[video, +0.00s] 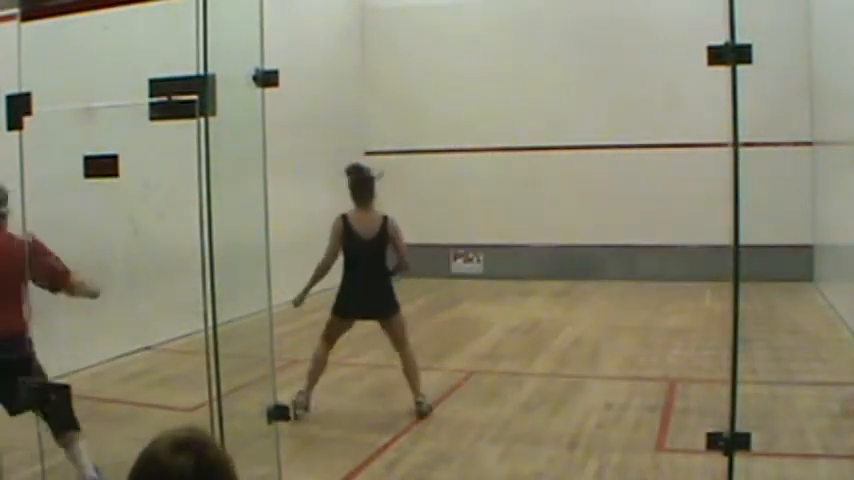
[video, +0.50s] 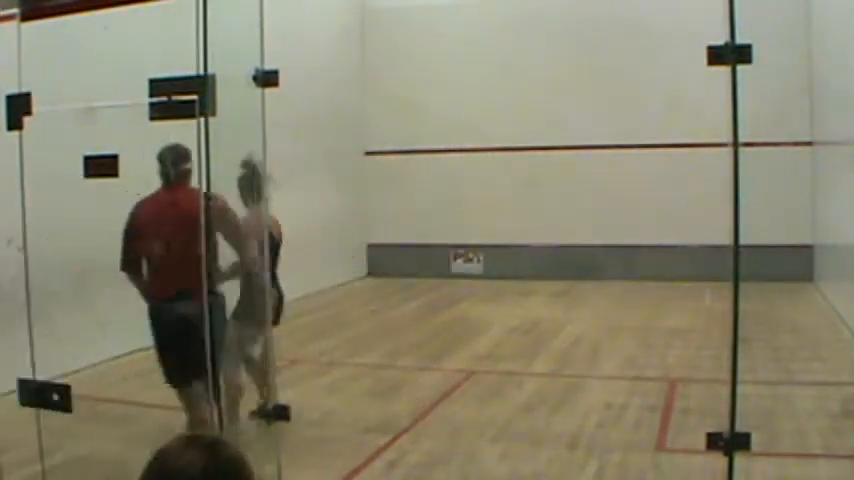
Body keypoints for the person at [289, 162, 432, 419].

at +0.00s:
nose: (365, 195)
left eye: (356, 191)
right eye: (369, 190)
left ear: (351, 194)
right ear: (373, 192)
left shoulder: (343, 223)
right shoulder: (388, 223)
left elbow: (328, 262)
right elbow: (404, 262)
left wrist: (305, 291)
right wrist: (388, 272)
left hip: (350, 296)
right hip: (381, 295)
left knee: (326, 342)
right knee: (403, 347)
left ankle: (305, 395)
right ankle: (419, 398)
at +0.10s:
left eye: (334, 190)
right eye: (347, 189)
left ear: (331, 193)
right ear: (354, 191)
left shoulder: (322, 223)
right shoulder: (366, 224)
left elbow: (308, 263)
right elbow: (381, 263)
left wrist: (295, 290)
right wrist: (363, 274)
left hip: (328, 298)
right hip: (358, 296)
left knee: (309, 349)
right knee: (388, 350)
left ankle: (302, 403)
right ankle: (418, 399)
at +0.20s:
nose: (312, 184)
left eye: (309, 180)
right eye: (320, 180)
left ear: (307, 183)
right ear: (330, 182)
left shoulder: (301, 210)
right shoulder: (342, 214)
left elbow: (290, 249)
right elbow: (357, 254)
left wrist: (278, 274)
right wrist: (335, 263)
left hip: (303, 287)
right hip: (332, 285)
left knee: (289, 345)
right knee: (353, 343)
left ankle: (297, 402)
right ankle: (382, 397)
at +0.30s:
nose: (285, 174)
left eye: (284, 170)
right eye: (291, 170)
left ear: (283, 173)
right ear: (306, 171)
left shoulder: (282, 200)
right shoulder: (318, 203)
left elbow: (277, 238)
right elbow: (329, 246)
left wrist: (260, 262)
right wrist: (306, 252)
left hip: (287, 274)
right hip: (313, 274)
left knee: (271, 336)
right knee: (307, 336)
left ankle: (278, 399)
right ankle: (318, 398)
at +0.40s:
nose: (259, 177)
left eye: (260, 172)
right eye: (261, 172)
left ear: (263, 175)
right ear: (282, 174)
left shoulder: (265, 205)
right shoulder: (296, 208)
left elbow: (263, 248)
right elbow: (298, 248)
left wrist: (239, 265)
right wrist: (274, 256)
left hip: (270, 282)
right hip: (294, 280)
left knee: (245, 337)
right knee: (274, 340)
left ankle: (249, 405)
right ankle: (274, 399)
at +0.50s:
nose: (241, 195)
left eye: (242, 190)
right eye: (244, 189)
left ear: (243, 193)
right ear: (263, 191)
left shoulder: (248, 224)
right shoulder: (272, 223)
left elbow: (248, 263)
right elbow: (268, 261)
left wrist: (221, 275)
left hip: (253, 297)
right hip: (271, 294)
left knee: (233, 352)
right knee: (254, 349)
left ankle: (230, 417)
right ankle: (268, 399)